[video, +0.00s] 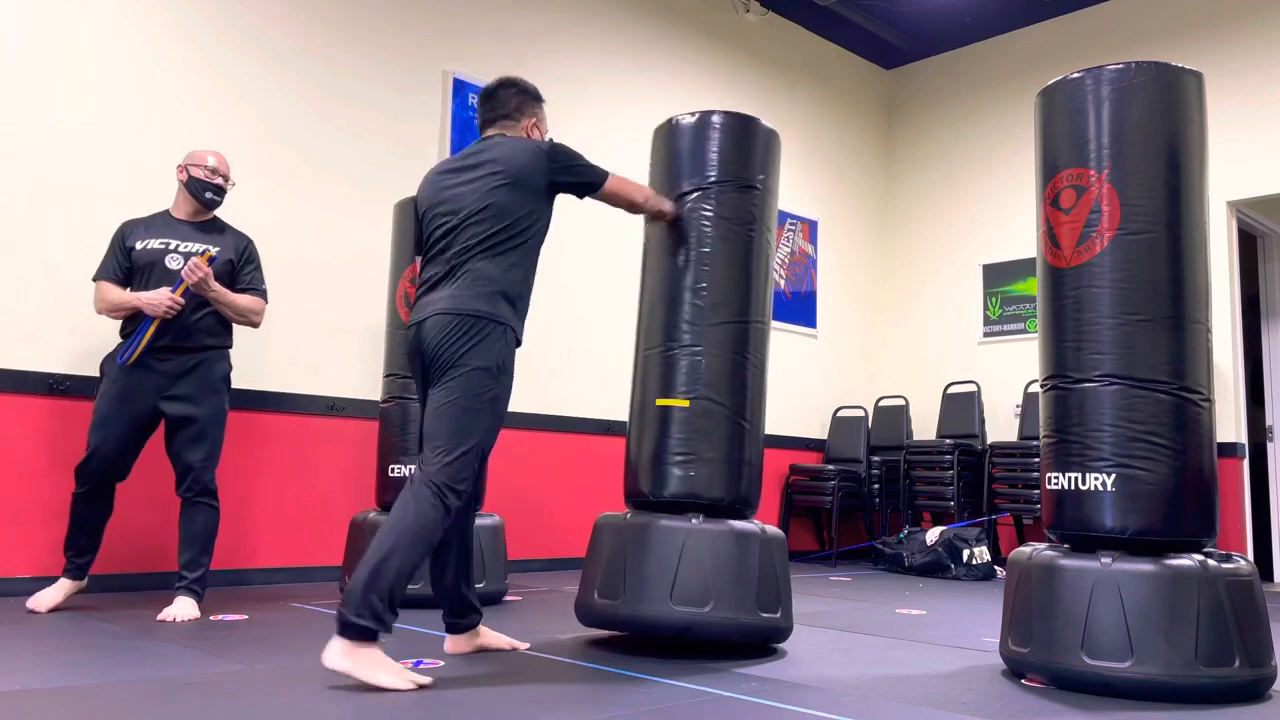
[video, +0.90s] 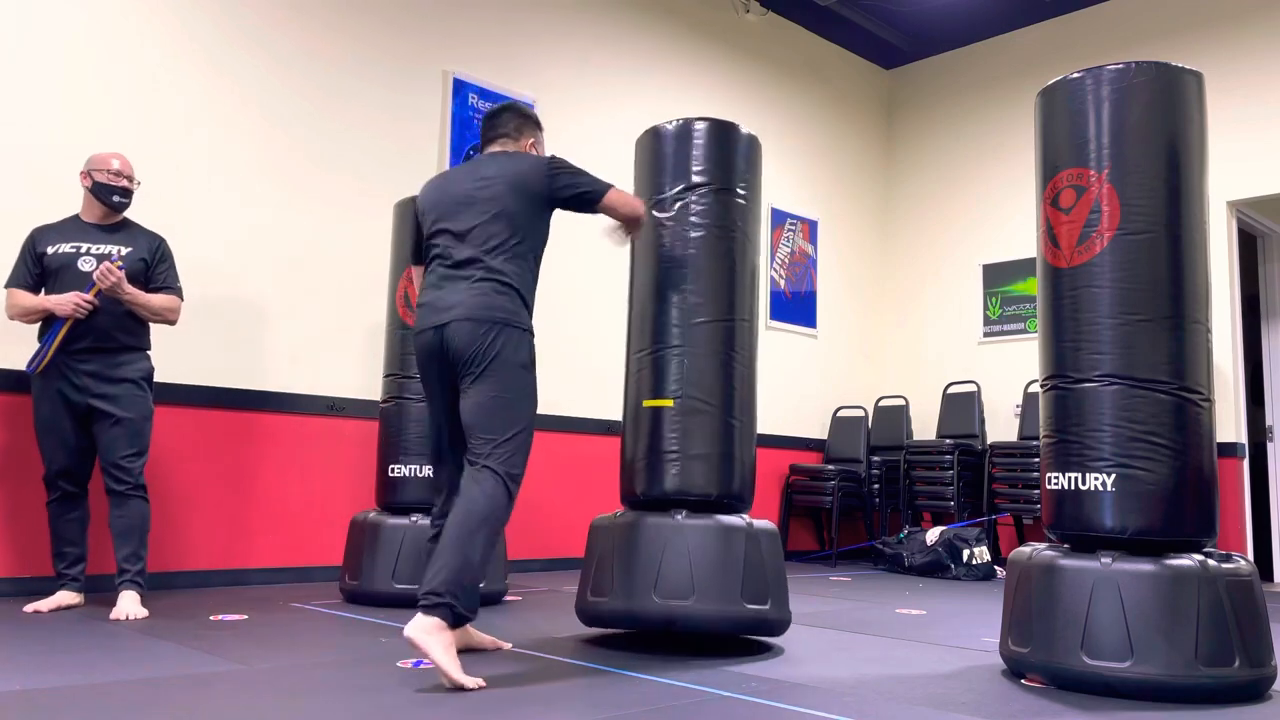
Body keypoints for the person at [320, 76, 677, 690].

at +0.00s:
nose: (546, 134)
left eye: (546, 126)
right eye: (545, 125)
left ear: (483, 123)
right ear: (532, 122)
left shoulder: (435, 176)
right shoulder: (538, 152)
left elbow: (427, 262)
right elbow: (639, 198)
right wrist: (667, 207)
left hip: (426, 325)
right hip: (477, 323)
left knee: (457, 482)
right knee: (439, 484)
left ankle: (463, 627)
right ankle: (355, 638)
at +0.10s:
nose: (545, 134)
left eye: (543, 125)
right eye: (544, 125)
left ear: (483, 121)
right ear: (529, 120)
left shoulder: (436, 175)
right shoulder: (533, 157)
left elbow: (428, 265)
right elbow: (609, 233)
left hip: (423, 324)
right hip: (474, 322)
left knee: (456, 486)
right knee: (433, 490)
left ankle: (464, 626)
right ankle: (369, 650)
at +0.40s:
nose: (550, 127)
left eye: (550, 115)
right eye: (549, 114)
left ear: (499, 105)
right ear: (529, 108)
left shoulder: (471, 154)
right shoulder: (501, 158)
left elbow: (513, 252)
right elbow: (539, 261)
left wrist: (544, 231)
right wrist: (567, 223)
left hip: (444, 323)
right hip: (454, 324)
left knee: (479, 475)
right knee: (428, 485)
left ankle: (467, 617)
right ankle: (367, 649)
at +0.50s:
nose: (554, 133)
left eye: (555, 121)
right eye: (552, 119)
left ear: (509, 113)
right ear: (528, 114)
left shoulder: (484, 164)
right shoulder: (489, 165)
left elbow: (496, 266)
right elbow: (499, 266)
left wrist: (557, 266)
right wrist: (571, 266)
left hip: (463, 339)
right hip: (445, 335)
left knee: (487, 474)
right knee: (426, 484)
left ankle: (470, 616)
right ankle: (367, 649)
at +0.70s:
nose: (553, 141)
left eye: (554, 133)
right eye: (553, 132)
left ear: (493, 125)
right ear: (536, 125)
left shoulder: (449, 179)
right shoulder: (519, 156)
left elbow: (421, 272)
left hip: (432, 327)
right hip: (482, 326)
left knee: (467, 477)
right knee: (485, 474)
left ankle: (476, 614)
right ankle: (397, 616)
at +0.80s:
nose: (544, 143)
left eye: (542, 136)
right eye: (542, 135)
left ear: (484, 131)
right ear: (530, 130)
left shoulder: (433, 178)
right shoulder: (543, 163)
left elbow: (411, 276)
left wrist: (423, 323)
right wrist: (681, 198)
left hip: (423, 322)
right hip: (489, 319)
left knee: (456, 465)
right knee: (478, 462)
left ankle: (452, 613)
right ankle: (412, 606)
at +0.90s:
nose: (543, 155)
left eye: (540, 148)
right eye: (542, 147)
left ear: (484, 142)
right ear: (530, 141)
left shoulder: (435, 186)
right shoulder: (535, 168)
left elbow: (427, 264)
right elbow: (634, 209)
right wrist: (628, 224)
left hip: (430, 330)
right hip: (492, 324)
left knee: (457, 467)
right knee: (494, 468)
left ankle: (455, 614)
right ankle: (433, 617)